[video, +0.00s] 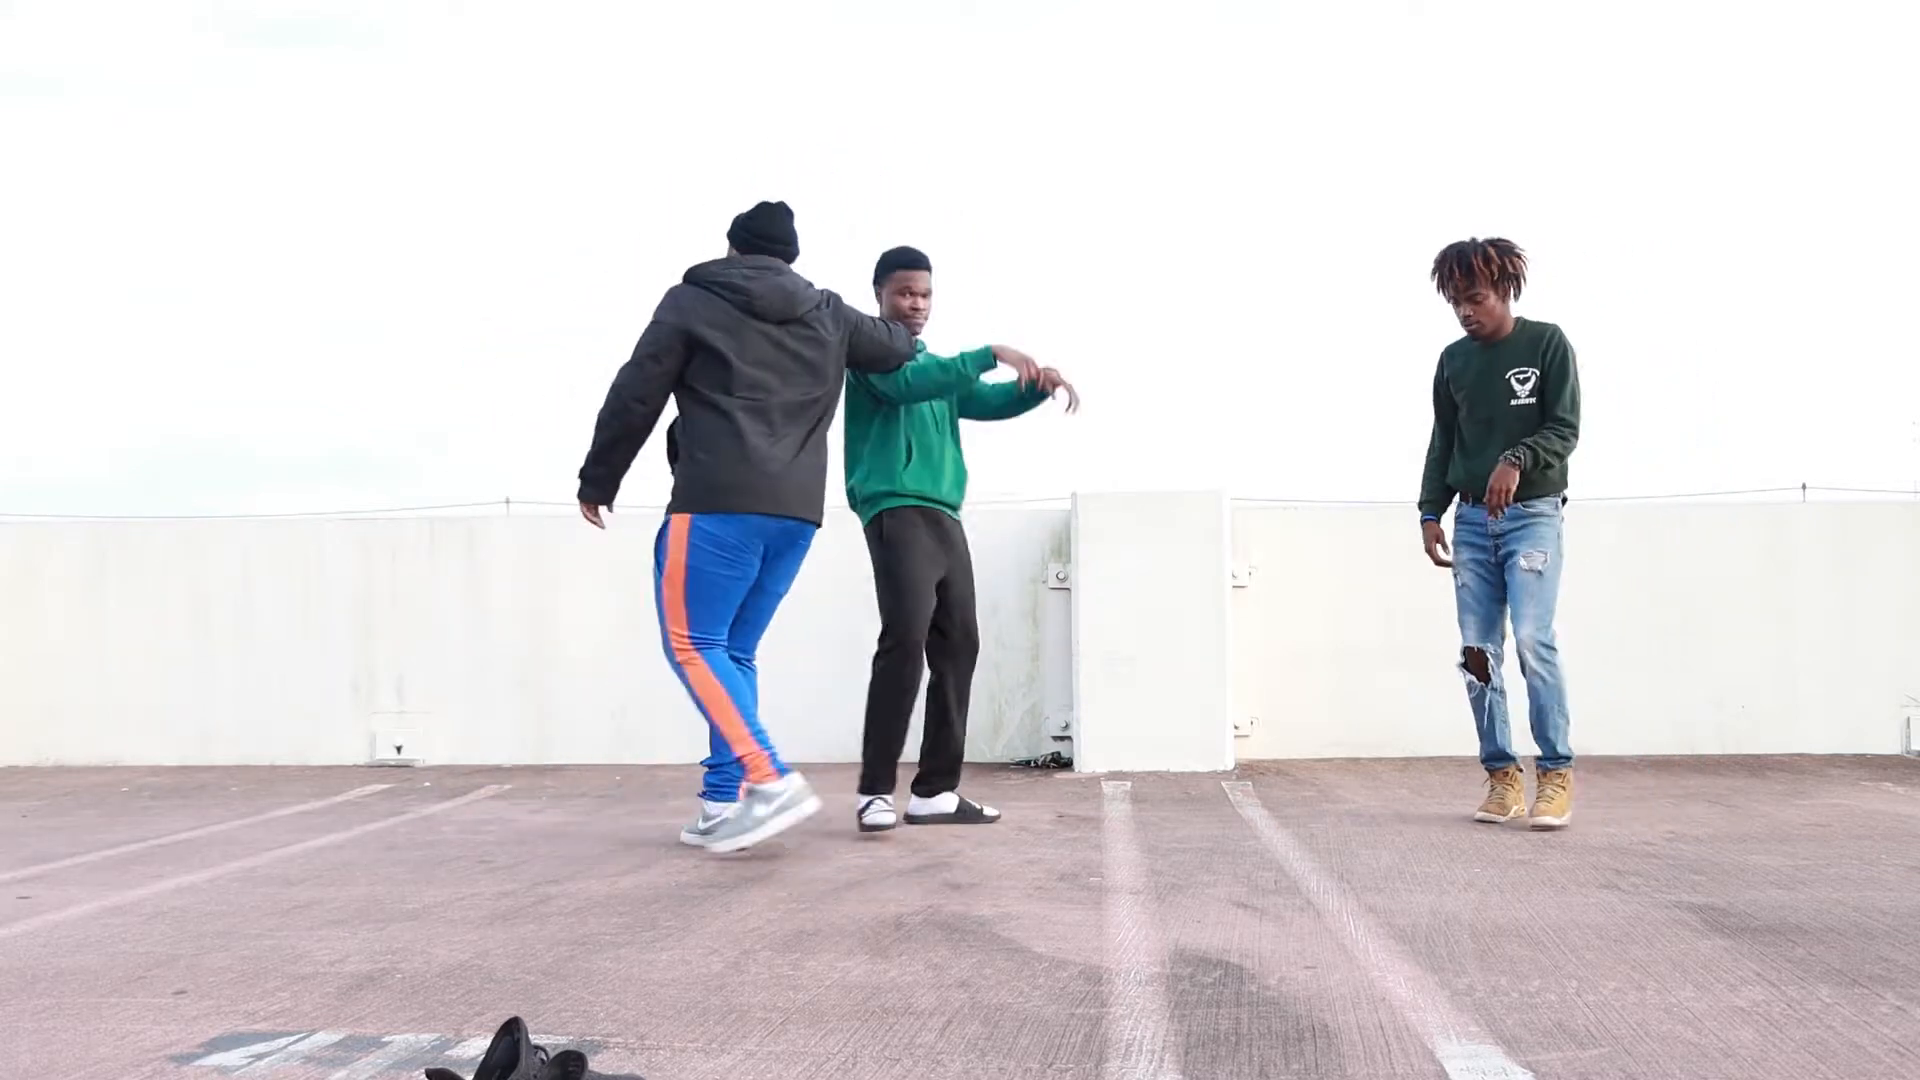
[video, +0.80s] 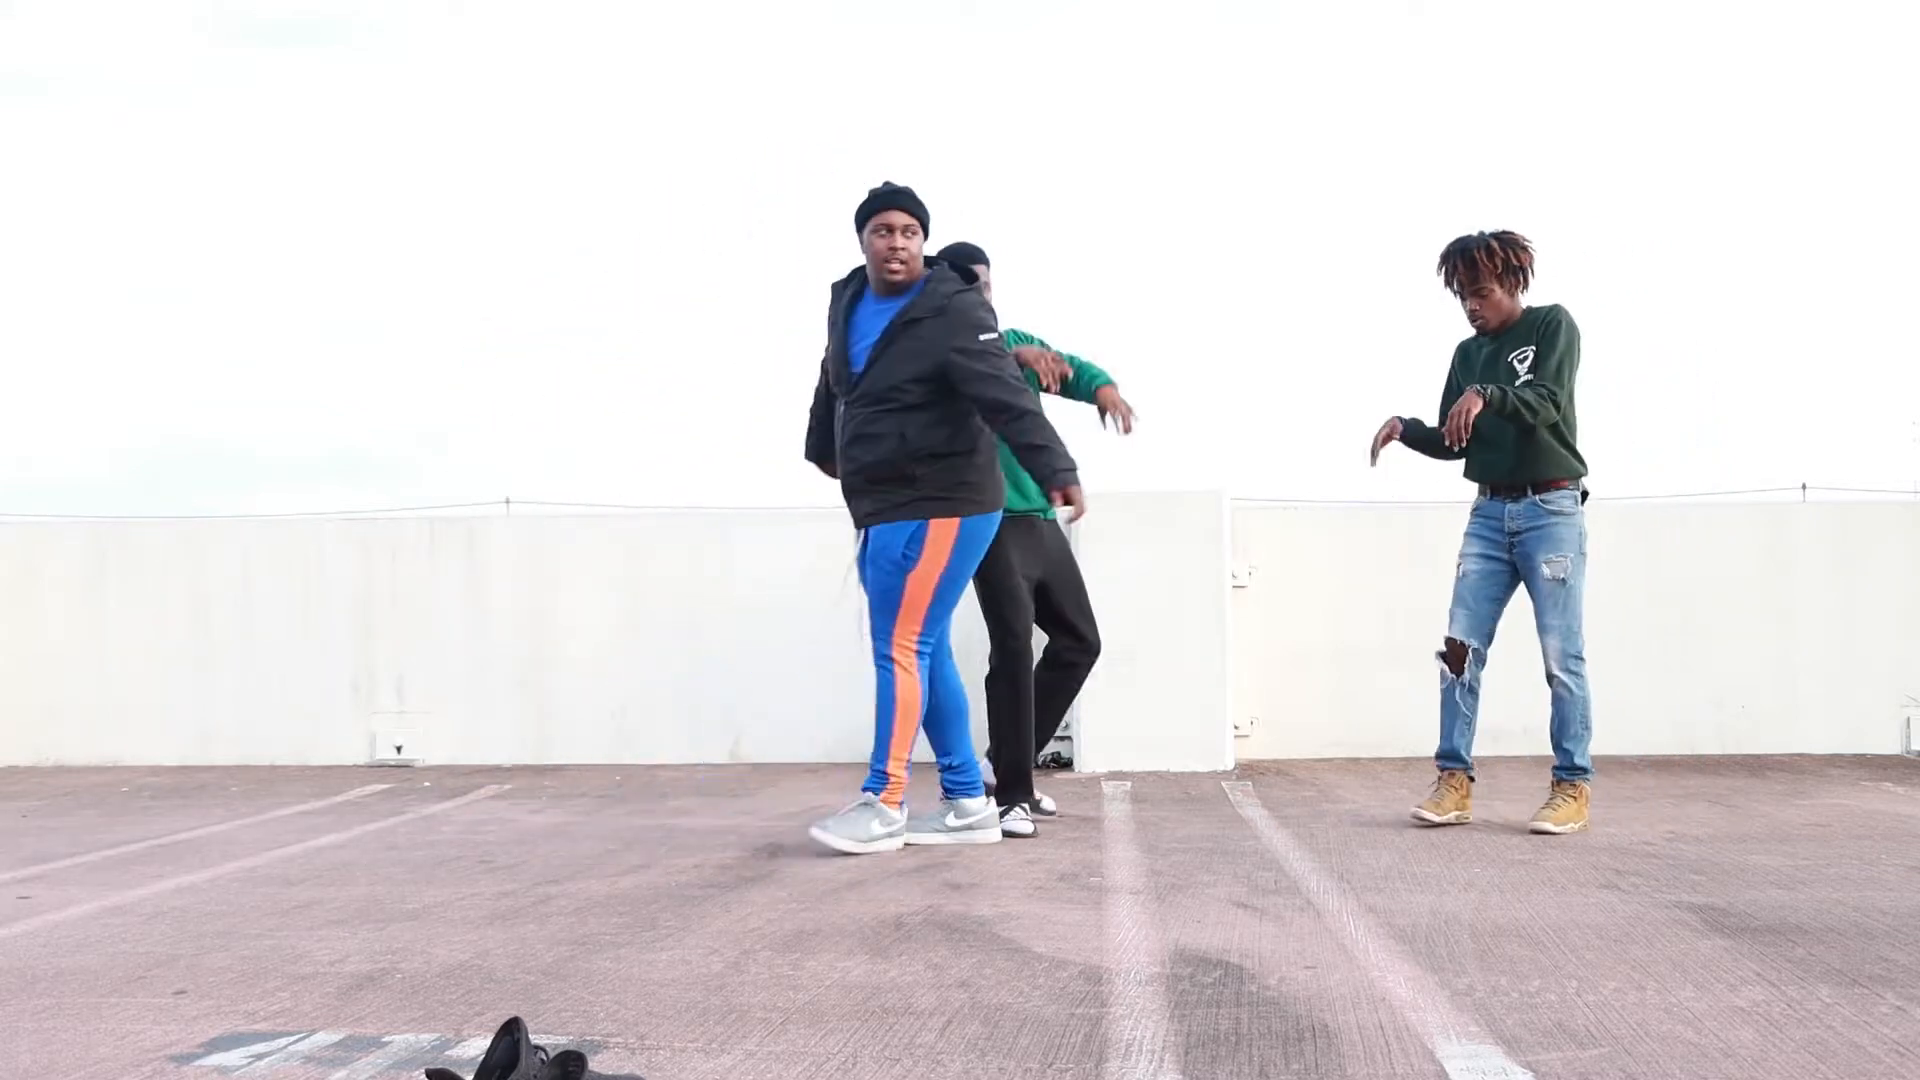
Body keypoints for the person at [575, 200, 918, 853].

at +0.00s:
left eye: (736, 244)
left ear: (732, 246)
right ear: (791, 255)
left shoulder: (694, 301)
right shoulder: (827, 313)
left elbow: (639, 390)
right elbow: (893, 348)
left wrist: (600, 477)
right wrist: (901, 330)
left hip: (716, 500)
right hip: (797, 508)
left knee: (690, 644)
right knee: (737, 652)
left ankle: (771, 783)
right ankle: (721, 803)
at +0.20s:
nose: (746, 258)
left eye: (750, 248)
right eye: (752, 248)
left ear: (764, 253)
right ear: (812, 258)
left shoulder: (739, 310)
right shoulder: (852, 310)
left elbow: (682, 404)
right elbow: (906, 340)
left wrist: (630, 491)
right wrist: (930, 302)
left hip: (765, 515)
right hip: (832, 518)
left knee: (768, 659)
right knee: (738, 651)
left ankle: (860, 797)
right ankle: (725, 803)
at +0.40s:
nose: (766, 243)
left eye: (777, 233)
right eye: (769, 232)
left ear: (814, 243)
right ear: (820, 245)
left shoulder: (805, 315)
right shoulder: (871, 301)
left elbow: (757, 420)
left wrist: (687, 503)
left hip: (828, 508)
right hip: (814, 509)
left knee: (821, 651)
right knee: (765, 634)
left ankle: (870, 807)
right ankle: (792, 792)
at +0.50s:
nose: (800, 242)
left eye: (814, 232)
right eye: (797, 231)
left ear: (852, 242)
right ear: (804, 238)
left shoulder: (855, 314)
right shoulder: (838, 301)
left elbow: (820, 418)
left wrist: (766, 503)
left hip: (857, 502)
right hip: (825, 500)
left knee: (834, 647)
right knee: (791, 636)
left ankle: (871, 808)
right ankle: (875, 773)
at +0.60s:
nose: (838, 246)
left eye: (853, 234)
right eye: (829, 234)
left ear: (884, 242)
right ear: (821, 243)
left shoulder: (894, 311)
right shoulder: (835, 308)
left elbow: (899, 412)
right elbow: (828, 413)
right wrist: (813, 506)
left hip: (882, 507)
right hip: (834, 506)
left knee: (849, 647)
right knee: (832, 644)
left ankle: (872, 808)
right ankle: (937, 774)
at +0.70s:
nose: (869, 248)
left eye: (883, 237)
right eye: (858, 236)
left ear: (906, 246)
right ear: (843, 246)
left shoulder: (926, 308)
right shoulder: (838, 307)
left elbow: (962, 400)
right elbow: (840, 408)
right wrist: (837, 513)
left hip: (920, 504)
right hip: (858, 507)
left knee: (869, 648)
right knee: (895, 654)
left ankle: (874, 806)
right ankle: (963, 795)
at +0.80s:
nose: (895, 244)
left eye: (908, 232)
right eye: (882, 232)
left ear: (924, 243)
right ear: (862, 243)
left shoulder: (951, 307)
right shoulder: (850, 306)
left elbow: (1006, 391)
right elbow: (833, 381)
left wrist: (1057, 469)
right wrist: (823, 445)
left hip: (948, 497)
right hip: (885, 500)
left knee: (900, 646)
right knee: (925, 652)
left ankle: (884, 803)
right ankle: (969, 801)